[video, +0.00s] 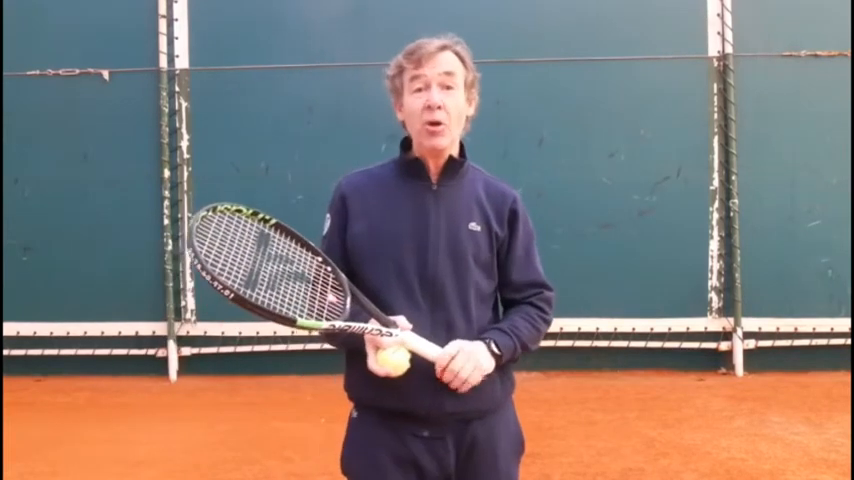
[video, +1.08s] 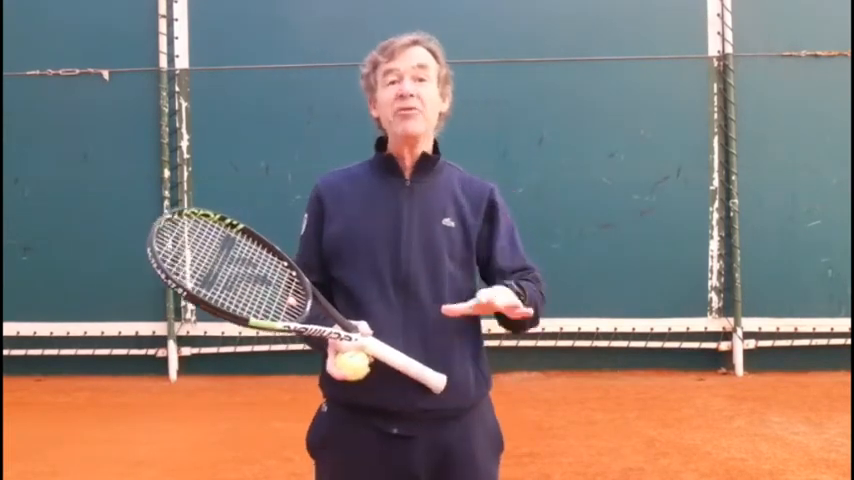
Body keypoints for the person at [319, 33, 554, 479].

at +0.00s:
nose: (433, 100)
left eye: (447, 86)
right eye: (419, 88)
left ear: (469, 104)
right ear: (400, 107)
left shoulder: (500, 202)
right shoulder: (355, 196)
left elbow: (534, 303)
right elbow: (327, 303)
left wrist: (489, 348)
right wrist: (367, 336)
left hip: (485, 433)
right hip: (385, 432)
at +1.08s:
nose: (405, 87)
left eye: (420, 77)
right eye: (392, 79)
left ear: (443, 100)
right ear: (374, 105)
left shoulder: (478, 197)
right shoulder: (331, 195)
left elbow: (525, 282)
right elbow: (302, 299)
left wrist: (509, 299)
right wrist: (333, 338)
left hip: (458, 430)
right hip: (359, 427)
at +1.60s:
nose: (371, 106)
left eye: (384, 92)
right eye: (356, 95)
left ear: (406, 105)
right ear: (336, 110)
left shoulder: (443, 197)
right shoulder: (299, 199)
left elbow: (508, 272)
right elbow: (275, 291)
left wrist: (549, 236)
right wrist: (293, 335)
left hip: (427, 425)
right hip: (331, 427)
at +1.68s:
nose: (366, 104)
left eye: (380, 91)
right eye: (352, 93)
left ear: (402, 104)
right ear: (333, 108)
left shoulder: (438, 195)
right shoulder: (296, 198)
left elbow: (505, 271)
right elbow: (272, 291)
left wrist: (556, 240)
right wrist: (289, 338)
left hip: (424, 422)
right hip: (327, 424)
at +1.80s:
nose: (364, 105)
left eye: (378, 91)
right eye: (350, 93)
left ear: (400, 104)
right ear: (332, 109)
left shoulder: (438, 197)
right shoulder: (293, 199)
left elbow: (499, 279)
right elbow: (270, 290)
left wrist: (532, 252)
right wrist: (285, 337)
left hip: (424, 423)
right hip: (328, 424)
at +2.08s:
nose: (363, 100)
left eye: (376, 86)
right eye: (348, 88)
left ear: (398, 104)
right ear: (330, 108)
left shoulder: (434, 197)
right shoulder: (291, 200)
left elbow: (473, 291)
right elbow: (269, 299)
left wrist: (426, 322)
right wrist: (305, 332)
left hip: (425, 422)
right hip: (328, 426)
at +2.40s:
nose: (366, 96)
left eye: (379, 83)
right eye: (352, 86)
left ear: (403, 101)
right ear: (335, 107)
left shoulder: (441, 199)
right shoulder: (296, 200)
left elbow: (480, 289)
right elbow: (276, 313)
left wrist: (440, 334)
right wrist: (320, 334)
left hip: (430, 424)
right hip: (333, 428)